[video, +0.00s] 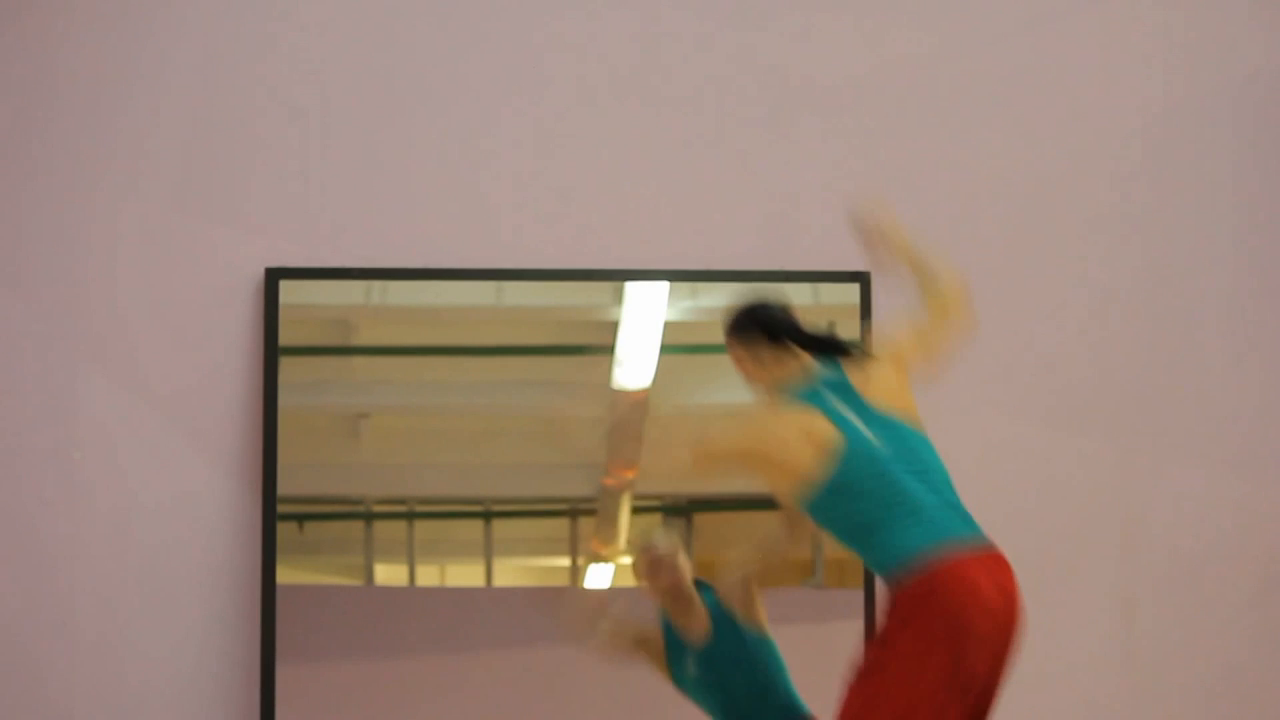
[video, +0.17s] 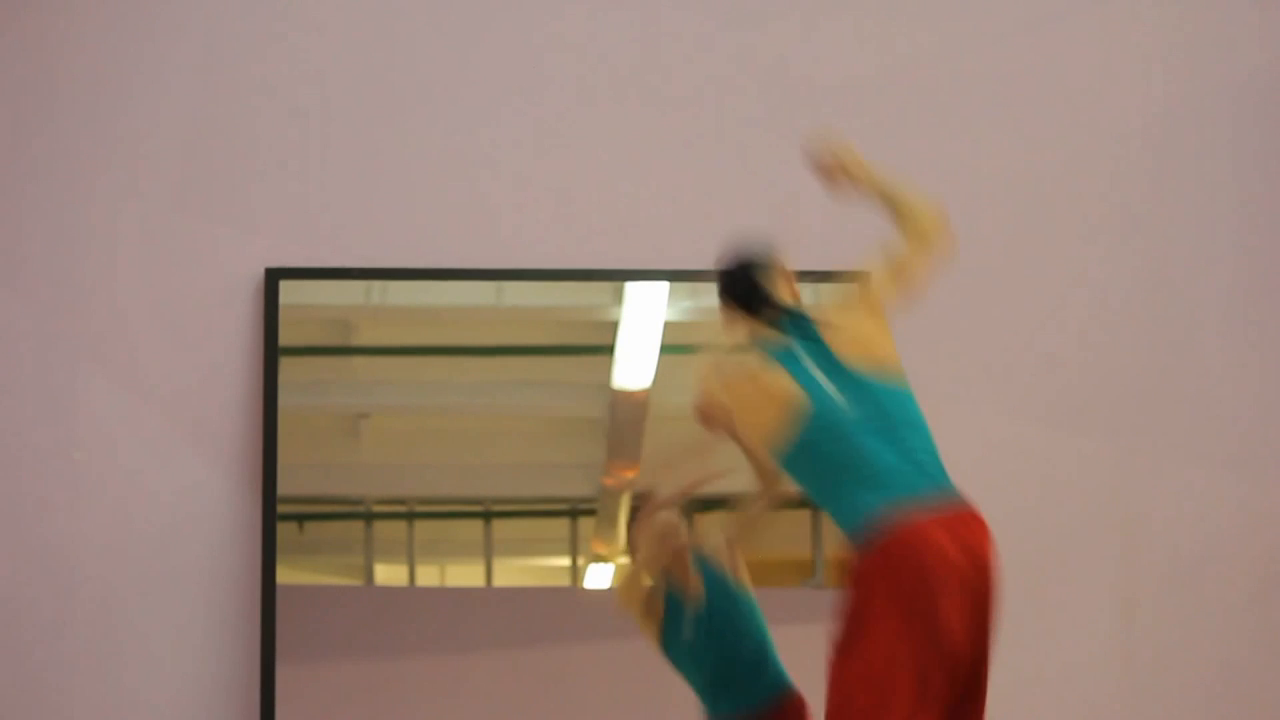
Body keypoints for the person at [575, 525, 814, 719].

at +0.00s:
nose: (669, 571)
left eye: (673, 559)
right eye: (657, 568)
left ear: (688, 562)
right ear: (646, 583)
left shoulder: (736, 593)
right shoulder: (655, 646)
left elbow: (791, 534)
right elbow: (585, 634)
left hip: (794, 713)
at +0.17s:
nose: (672, 538)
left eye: (676, 529)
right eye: (661, 532)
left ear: (687, 531)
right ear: (639, 545)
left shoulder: (724, 556)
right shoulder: (654, 607)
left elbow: (774, 489)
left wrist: (735, 426)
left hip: (782, 707)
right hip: (729, 715)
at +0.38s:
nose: (671, 535)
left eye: (676, 527)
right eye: (660, 532)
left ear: (687, 530)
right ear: (638, 545)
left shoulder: (724, 555)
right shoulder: (653, 606)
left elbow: (774, 490)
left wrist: (737, 429)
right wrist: (665, 505)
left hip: (782, 706)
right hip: (728, 714)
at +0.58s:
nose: (692, 460)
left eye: (690, 451)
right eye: (684, 450)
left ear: (660, 457)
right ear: (662, 455)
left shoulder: (679, 492)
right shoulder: (646, 508)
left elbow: (740, 446)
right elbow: (720, 506)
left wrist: (743, 388)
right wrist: (783, 486)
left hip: (739, 654)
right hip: (695, 675)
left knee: (788, 712)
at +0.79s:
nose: (692, 458)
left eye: (689, 449)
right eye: (684, 449)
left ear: (660, 457)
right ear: (662, 455)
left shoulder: (678, 493)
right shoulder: (647, 507)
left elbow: (740, 446)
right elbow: (725, 505)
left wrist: (743, 387)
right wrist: (788, 485)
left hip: (739, 654)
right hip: (695, 676)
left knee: (788, 712)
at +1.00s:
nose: (696, 442)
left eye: (693, 433)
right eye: (689, 433)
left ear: (666, 439)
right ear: (669, 438)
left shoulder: (677, 475)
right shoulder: (658, 484)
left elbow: (734, 456)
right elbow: (747, 498)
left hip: (708, 633)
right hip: (672, 652)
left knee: (797, 710)